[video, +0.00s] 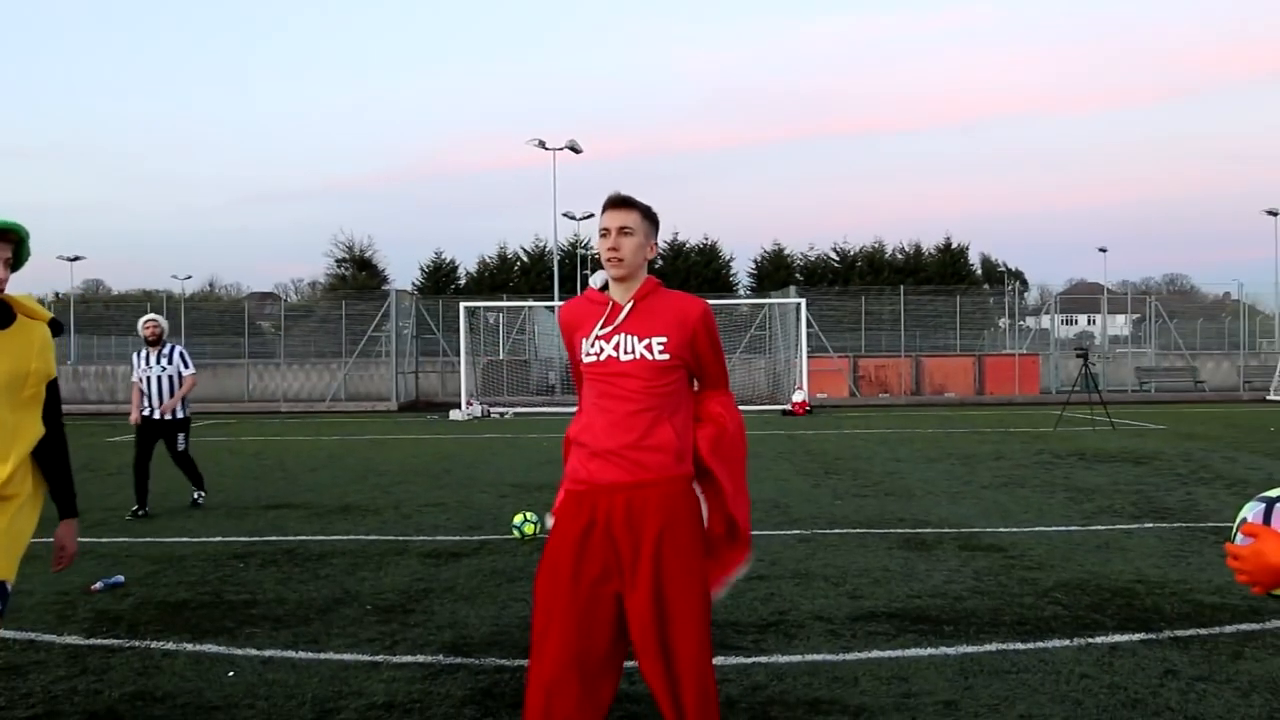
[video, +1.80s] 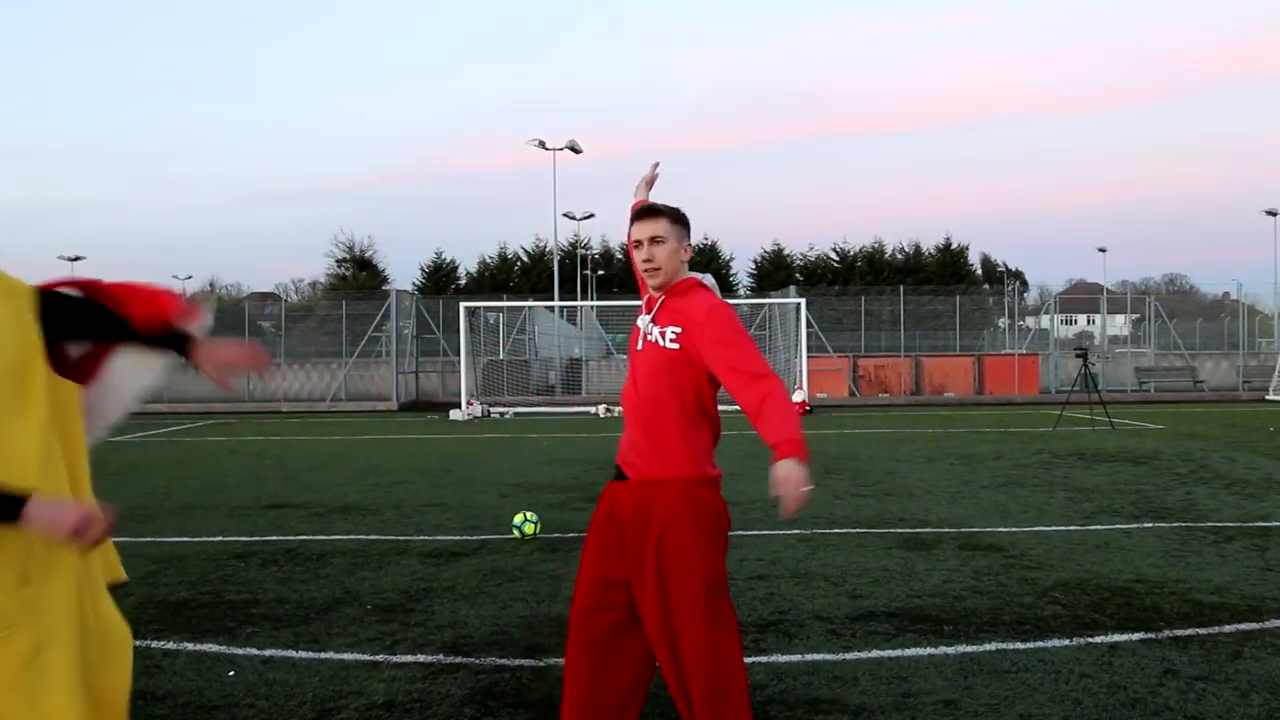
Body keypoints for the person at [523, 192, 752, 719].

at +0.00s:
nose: (612, 244)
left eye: (625, 234)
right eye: (605, 234)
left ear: (652, 247)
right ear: (596, 245)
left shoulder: (689, 313)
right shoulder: (574, 314)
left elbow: (715, 391)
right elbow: (585, 397)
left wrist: (698, 453)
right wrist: (582, 468)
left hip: (661, 501)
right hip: (585, 501)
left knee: (679, 649)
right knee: (560, 651)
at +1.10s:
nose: (601, 243)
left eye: (615, 233)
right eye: (593, 233)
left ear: (640, 246)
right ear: (586, 244)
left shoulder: (677, 311)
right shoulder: (552, 319)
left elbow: (709, 376)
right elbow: (497, 393)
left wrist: (687, 451)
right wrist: (531, 476)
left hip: (660, 496)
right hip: (575, 504)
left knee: (685, 645)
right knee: (561, 653)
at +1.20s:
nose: (613, 241)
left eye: (627, 231)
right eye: (606, 231)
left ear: (651, 246)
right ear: (596, 241)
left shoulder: (681, 312)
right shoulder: (555, 303)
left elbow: (736, 371)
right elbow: (476, 351)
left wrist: (737, 449)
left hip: (653, 493)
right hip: (573, 497)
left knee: (684, 639)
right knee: (555, 643)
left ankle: (707, 715)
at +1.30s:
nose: (628, 251)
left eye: (641, 240)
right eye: (619, 240)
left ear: (665, 249)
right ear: (610, 247)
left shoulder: (688, 320)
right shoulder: (567, 293)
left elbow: (760, 394)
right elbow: (481, 277)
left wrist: (833, 471)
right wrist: (413, 242)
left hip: (640, 501)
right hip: (565, 500)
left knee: (676, 648)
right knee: (547, 656)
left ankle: (720, 716)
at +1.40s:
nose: (632, 250)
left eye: (644, 240)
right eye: (623, 241)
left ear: (669, 249)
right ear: (613, 248)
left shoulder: (693, 327)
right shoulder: (584, 283)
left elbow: (760, 400)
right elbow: (533, 225)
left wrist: (849, 447)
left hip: (640, 496)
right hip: (571, 494)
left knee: (673, 646)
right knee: (550, 650)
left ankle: (716, 717)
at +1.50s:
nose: (634, 254)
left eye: (647, 242)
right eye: (625, 244)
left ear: (671, 251)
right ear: (616, 253)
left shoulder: (692, 320)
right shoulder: (615, 294)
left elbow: (762, 384)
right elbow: (603, 228)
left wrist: (844, 425)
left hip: (649, 499)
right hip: (583, 497)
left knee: (686, 650)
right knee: (555, 652)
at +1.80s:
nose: (647, 254)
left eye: (659, 242)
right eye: (639, 246)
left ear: (685, 248)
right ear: (634, 255)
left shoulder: (704, 309)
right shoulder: (653, 305)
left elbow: (755, 377)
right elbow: (643, 263)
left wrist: (788, 450)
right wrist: (639, 214)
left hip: (681, 502)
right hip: (626, 497)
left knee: (700, 647)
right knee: (596, 640)